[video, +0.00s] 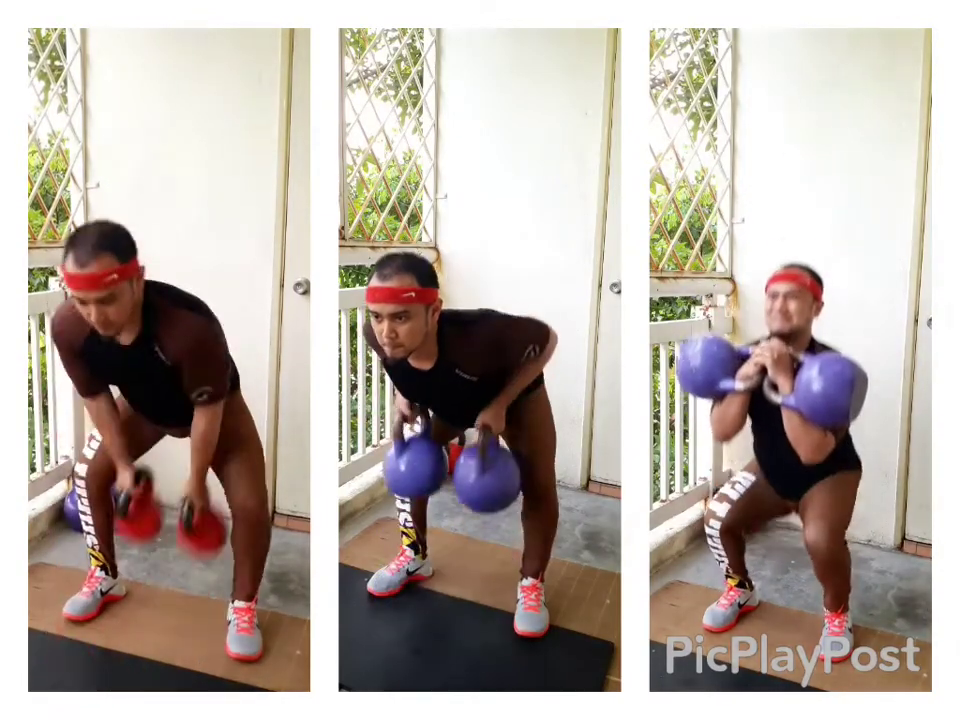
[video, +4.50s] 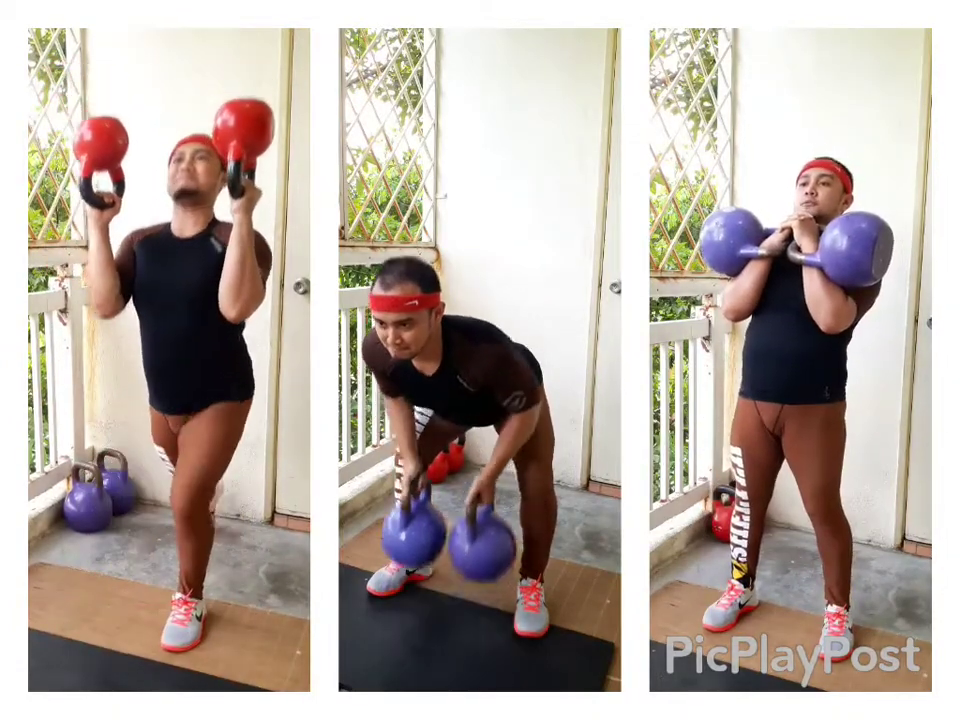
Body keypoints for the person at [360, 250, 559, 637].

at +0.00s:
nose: (387, 332)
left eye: (401, 318)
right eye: (377, 317)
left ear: (434, 311)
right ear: (369, 314)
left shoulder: (479, 332)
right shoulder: (376, 333)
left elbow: (546, 339)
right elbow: (392, 357)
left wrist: (500, 404)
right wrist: (402, 393)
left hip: (513, 391)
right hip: (445, 397)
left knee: (539, 488)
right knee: (411, 466)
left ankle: (531, 582)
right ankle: (413, 553)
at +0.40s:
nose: (393, 319)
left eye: (406, 305)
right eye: (383, 306)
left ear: (439, 297)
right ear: (376, 301)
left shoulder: (488, 334)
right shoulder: (378, 338)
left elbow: (537, 383)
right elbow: (395, 377)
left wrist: (494, 449)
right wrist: (406, 434)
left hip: (514, 401)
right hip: (453, 404)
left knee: (535, 486)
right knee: (409, 468)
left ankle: (531, 581)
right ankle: (414, 553)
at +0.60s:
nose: (394, 333)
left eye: (407, 318)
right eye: (384, 319)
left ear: (440, 309)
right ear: (376, 314)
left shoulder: (485, 347)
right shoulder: (379, 356)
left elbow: (526, 415)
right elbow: (399, 414)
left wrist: (489, 493)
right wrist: (409, 480)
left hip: (511, 402)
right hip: (451, 406)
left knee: (533, 485)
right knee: (410, 473)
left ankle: (531, 582)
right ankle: (404, 561)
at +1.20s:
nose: (390, 360)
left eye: (403, 346)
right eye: (380, 346)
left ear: (436, 338)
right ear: (372, 342)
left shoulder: (485, 376)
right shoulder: (376, 375)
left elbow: (499, 460)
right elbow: (399, 444)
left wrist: (480, 532)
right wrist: (410, 511)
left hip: (516, 392)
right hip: (448, 401)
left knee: (531, 485)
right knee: (414, 470)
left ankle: (530, 584)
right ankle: (410, 563)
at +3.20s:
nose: (388, 351)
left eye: (402, 337)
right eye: (378, 336)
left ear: (434, 330)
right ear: (370, 331)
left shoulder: (484, 378)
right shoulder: (374, 374)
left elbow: (487, 462)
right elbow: (404, 443)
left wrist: (480, 531)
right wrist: (412, 512)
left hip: (515, 390)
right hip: (453, 399)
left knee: (530, 487)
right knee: (415, 470)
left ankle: (531, 583)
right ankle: (409, 562)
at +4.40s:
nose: (393, 343)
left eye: (406, 330)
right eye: (382, 329)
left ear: (437, 318)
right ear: (373, 323)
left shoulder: (484, 360)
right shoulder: (378, 361)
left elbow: (516, 429)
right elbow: (399, 417)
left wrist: (486, 499)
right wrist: (412, 480)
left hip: (513, 395)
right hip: (452, 402)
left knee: (536, 486)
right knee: (407, 472)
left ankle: (531, 583)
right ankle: (406, 560)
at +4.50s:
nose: (392, 338)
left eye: (405, 325)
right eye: (381, 325)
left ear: (436, 312)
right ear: (372, 318)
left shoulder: (483, 349)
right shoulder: (377, 352)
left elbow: (527, 406)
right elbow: (396, 397)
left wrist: (491, 473)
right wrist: (408, 457)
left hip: (511, 399)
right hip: (452, 402)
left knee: (537, 485)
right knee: (410, 468)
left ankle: (531, 582)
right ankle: (412, 557)